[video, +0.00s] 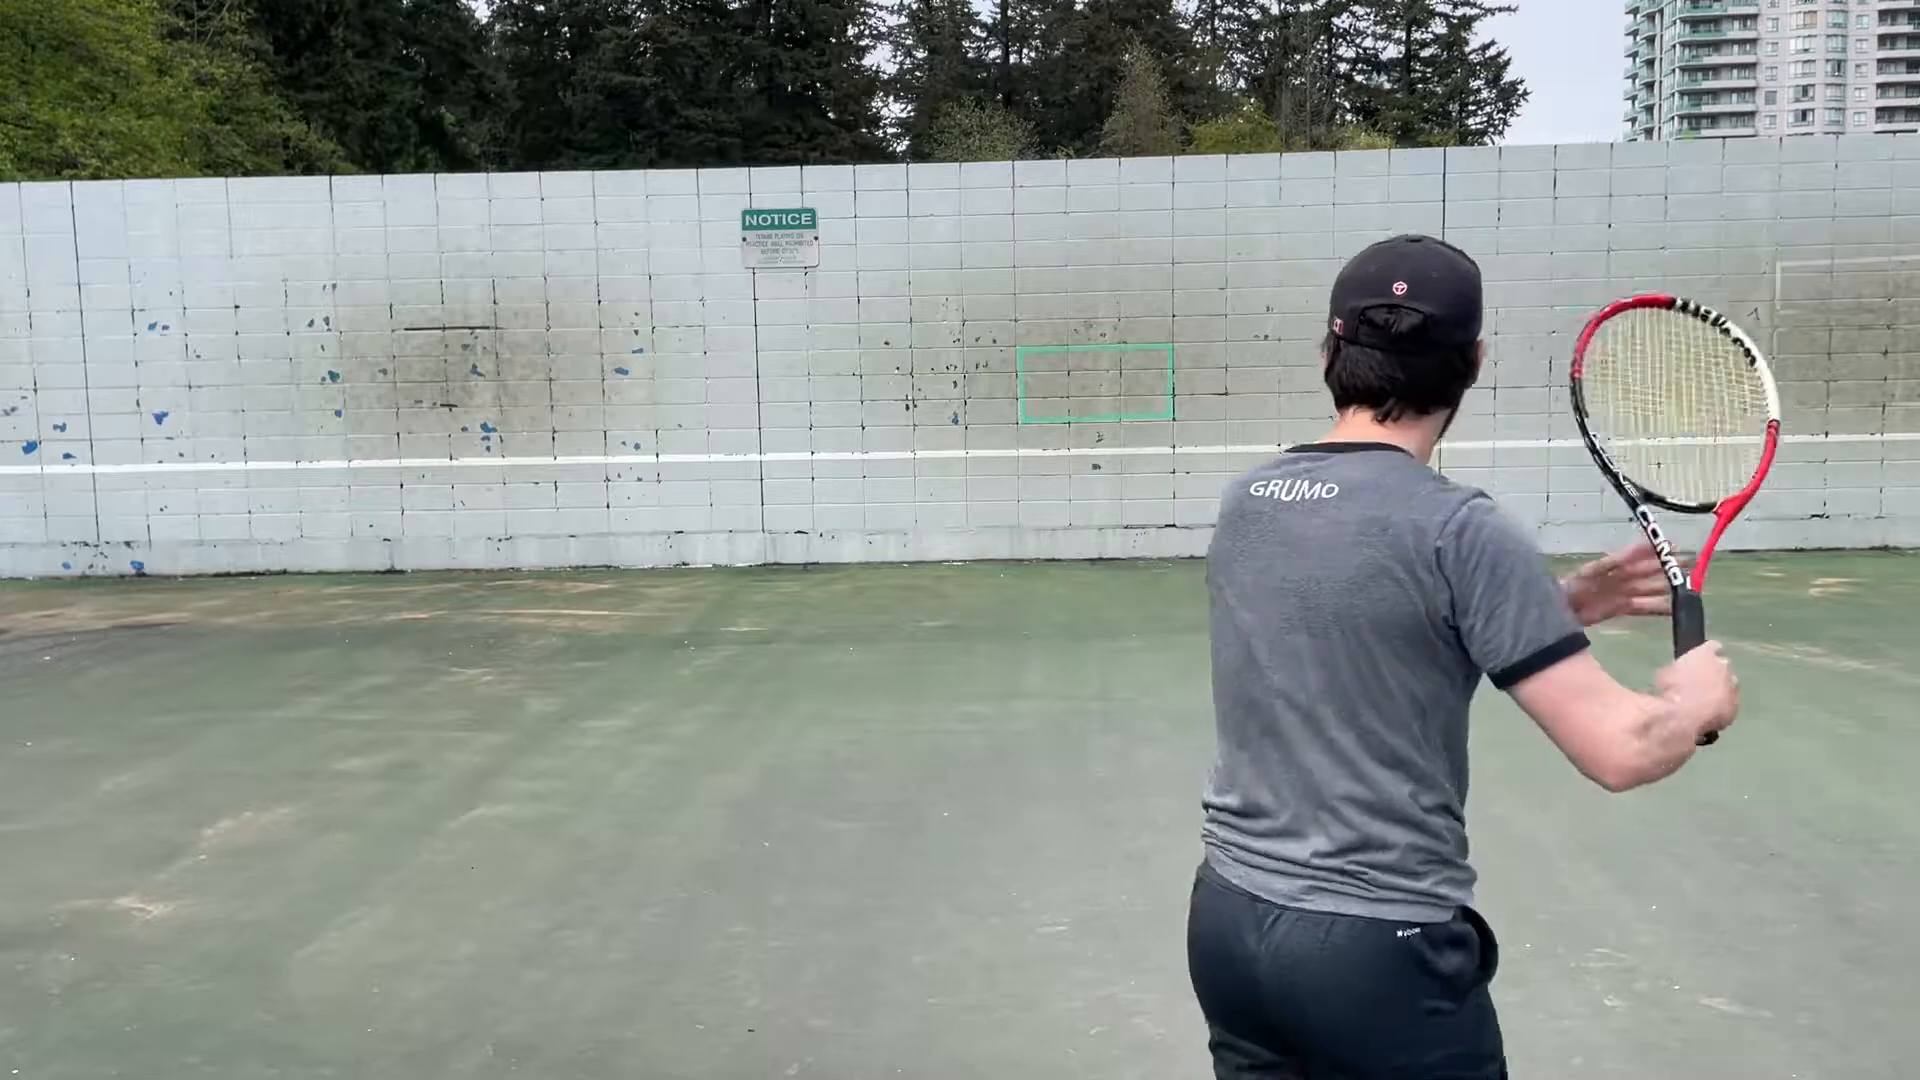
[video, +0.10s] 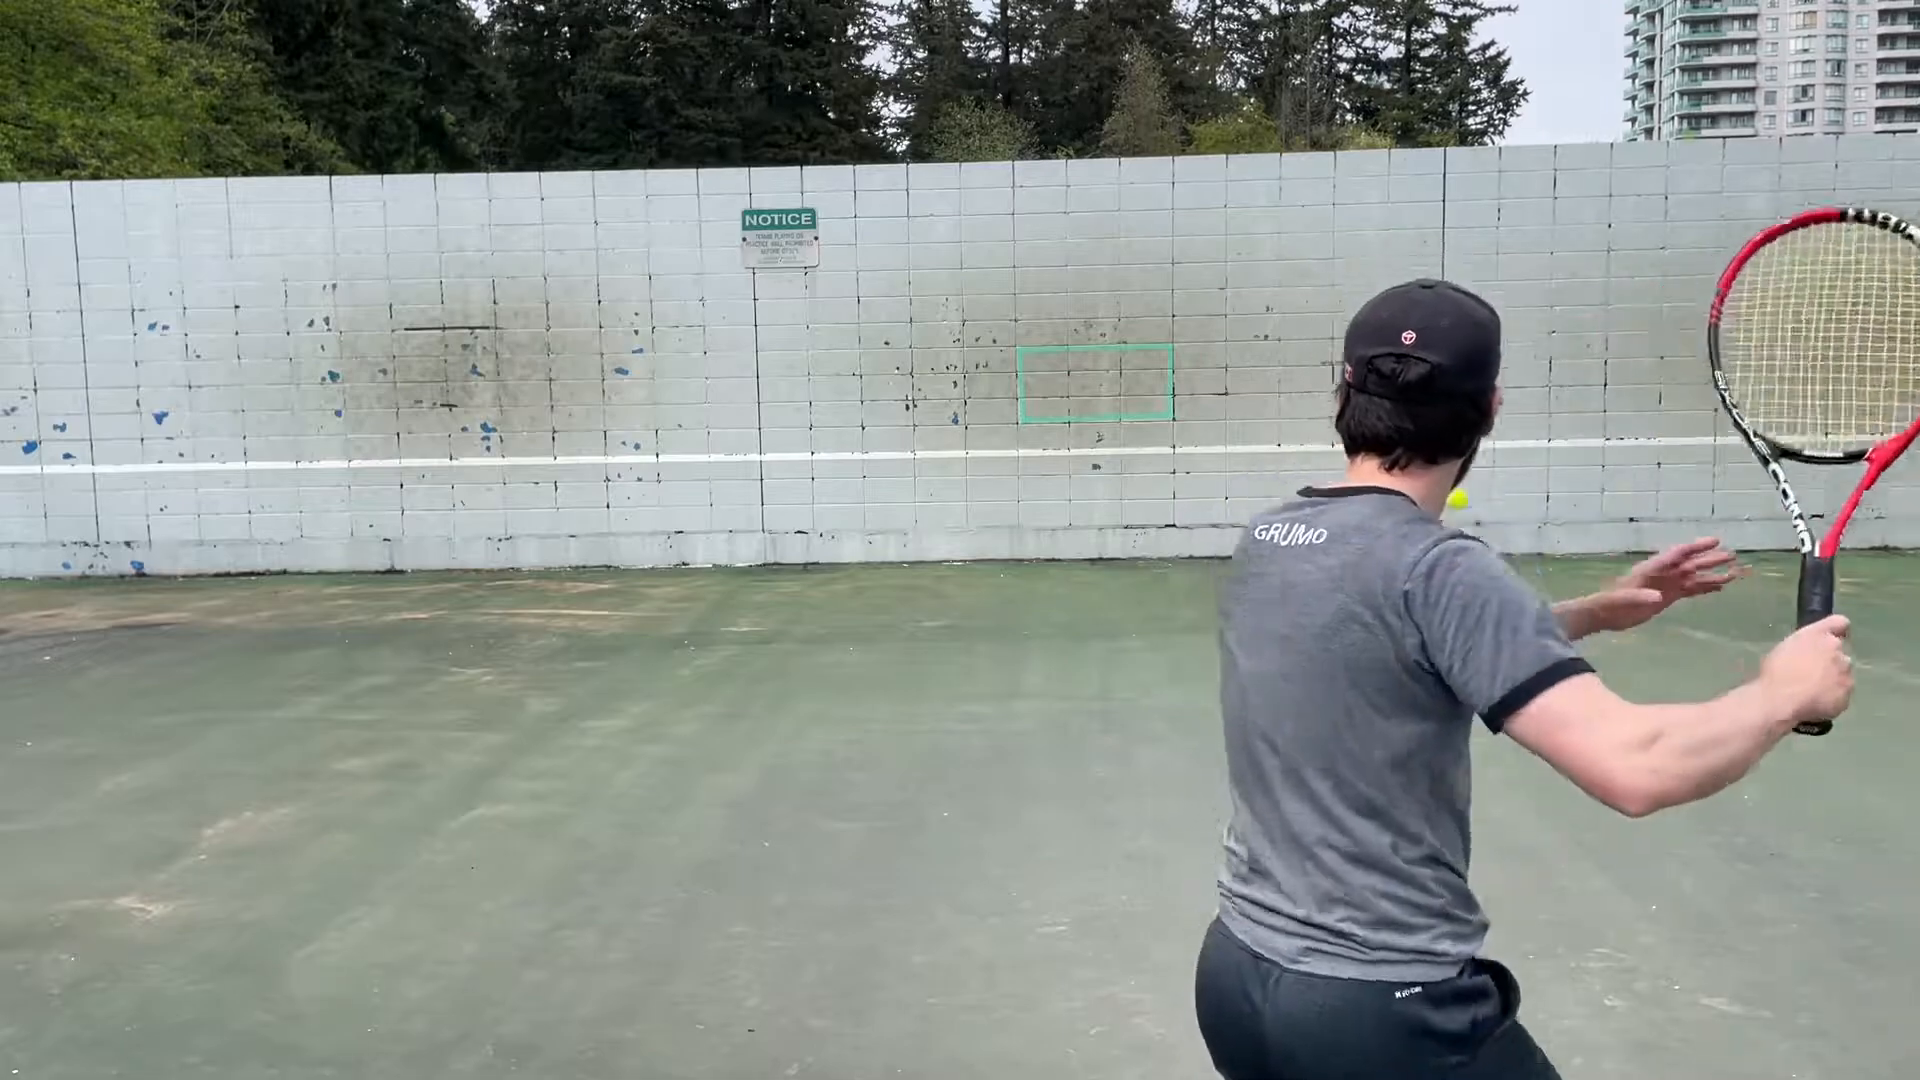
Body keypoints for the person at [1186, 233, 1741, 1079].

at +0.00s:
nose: (1484, 357)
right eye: (1481, 342)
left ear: (1332, 347)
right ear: (1472, 365)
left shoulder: (1249, 503)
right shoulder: (1458, 528)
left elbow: (1375, 638)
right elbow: (1620, 750)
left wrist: (1570, 602)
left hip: (1231, 926)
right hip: (1388, 956)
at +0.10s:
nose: (1500, 402)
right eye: (1499, 388)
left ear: (1344, 392)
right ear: (1490, 410)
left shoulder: (1269, 541)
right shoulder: (1436, 568)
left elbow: (1416, 647)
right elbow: (1634, 766)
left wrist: (1590, 615)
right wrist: (1781, 693)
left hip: (1241, 981)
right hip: (1397, 1015)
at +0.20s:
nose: (1546, 429)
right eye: (1546, 413)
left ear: (1386, 416)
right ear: (1532, 435)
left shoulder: (1307, 567)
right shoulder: (1472, 587)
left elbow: (1453, 675)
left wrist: (1635, 639)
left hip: (1276, 1009)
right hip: (1440, 1040)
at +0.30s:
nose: (1636, 413)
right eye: (1637, 399)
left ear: (1475, 396)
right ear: (1624, 418)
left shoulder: (1388, 541)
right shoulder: (1550, 562)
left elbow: (1535, 655)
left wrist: (1722, 646)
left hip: (1344, 1005)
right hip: (1519, 1032)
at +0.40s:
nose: (1763, 396)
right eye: (1764, 380)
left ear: (1600, 368)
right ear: (1754, 396)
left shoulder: (1499, 514)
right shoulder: (1674, 527)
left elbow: (1626, 646)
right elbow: (1718, 711)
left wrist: (1833, 664)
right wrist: (1913, 713)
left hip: (1450, 991)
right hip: (1640, 1013)